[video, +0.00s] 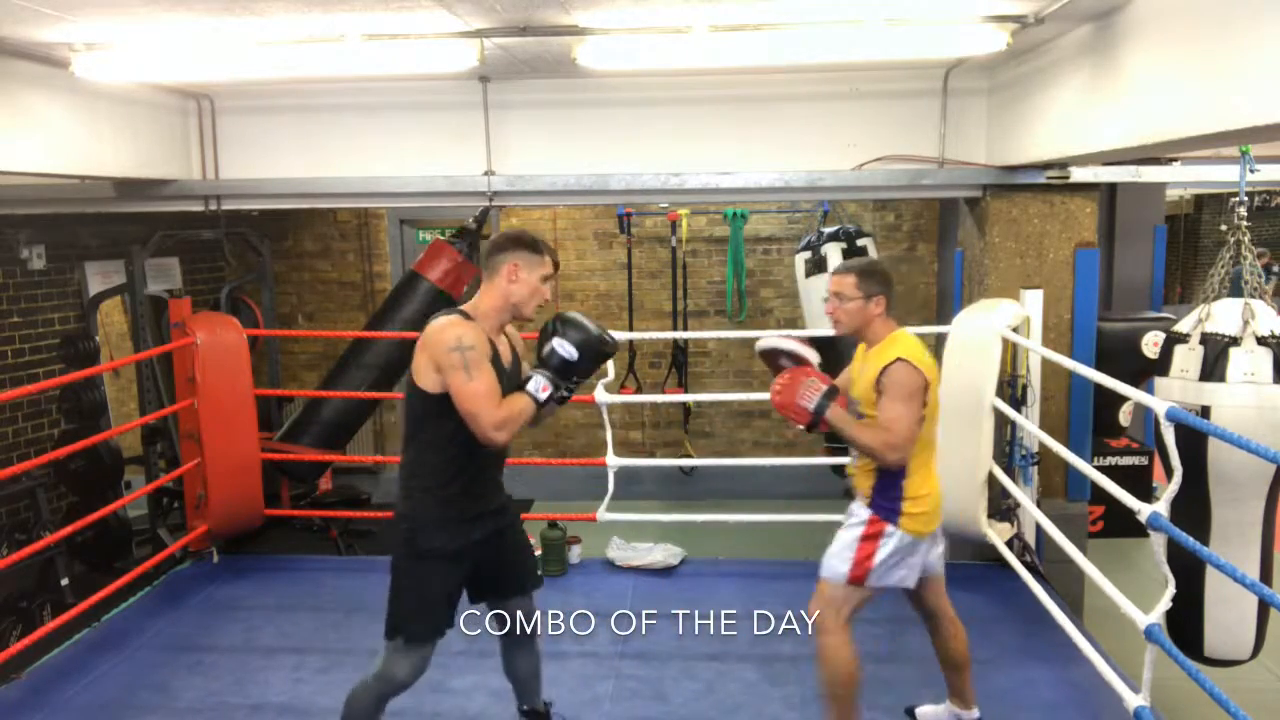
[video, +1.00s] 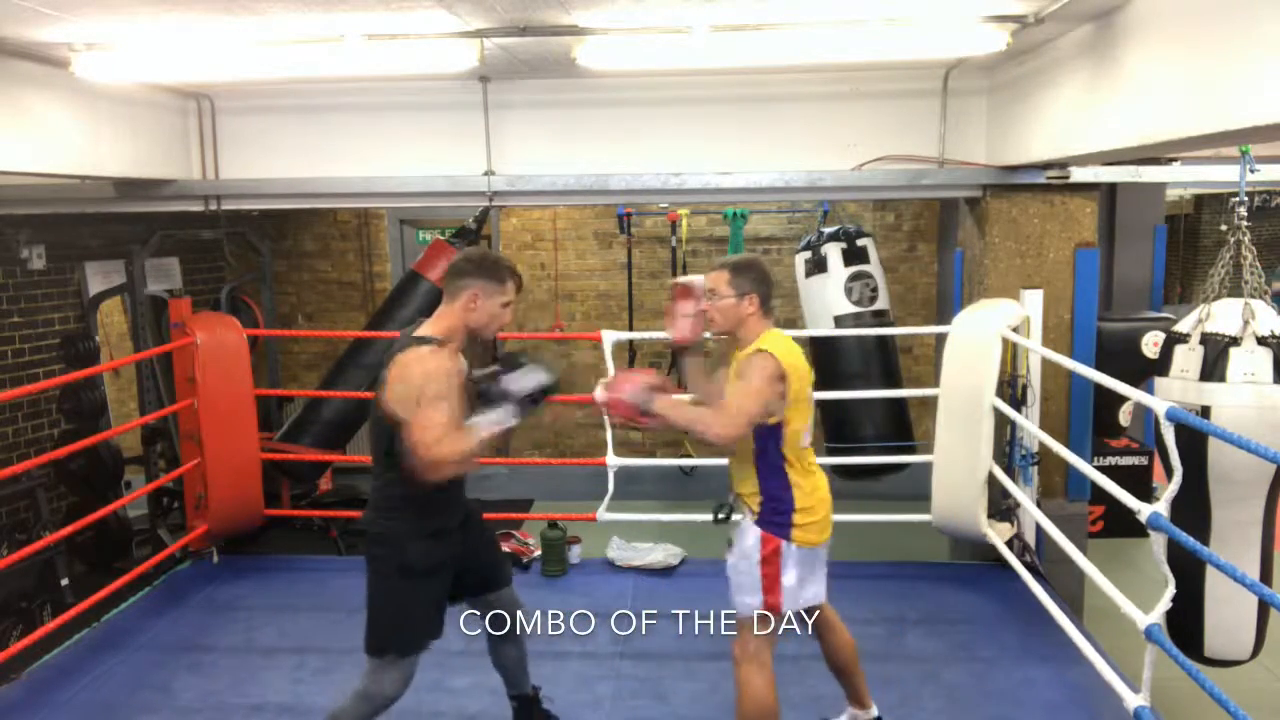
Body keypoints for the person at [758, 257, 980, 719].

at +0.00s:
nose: (830, 309)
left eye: (840, 300)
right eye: (830, 299)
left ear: (875, 305)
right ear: (871, 306)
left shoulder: (902, 363)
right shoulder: (871, 352)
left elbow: (892, 448)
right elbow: (842, 401)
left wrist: (825, 408)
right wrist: (809, 390)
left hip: (888, 514)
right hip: (913, 510)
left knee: (828, 615)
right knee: (936, 609)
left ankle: (843, 714)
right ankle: (964, 707)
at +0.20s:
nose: (780, 311)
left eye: (790, 302)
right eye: (781, 300)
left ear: (825, 310)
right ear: (827, 312)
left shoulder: (829, 365)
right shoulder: (862, 352)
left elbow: (807, 432)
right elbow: (832, 422)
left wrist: (755, 391)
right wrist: (782, 387)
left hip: (834, 526)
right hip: (874, 515)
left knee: (789, 643)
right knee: (904, 610)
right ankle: (954, 702)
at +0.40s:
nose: (741, 298)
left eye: (752, 290)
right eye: (744, 288)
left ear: (787, 299)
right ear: (791, 301)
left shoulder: (787, 350)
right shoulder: (818, 343)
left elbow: (739, 397)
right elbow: (737, 368)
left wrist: (655, 374)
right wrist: (702, 337)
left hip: (800, 517)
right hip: (840, 505)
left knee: (771, 642)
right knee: (857, 610)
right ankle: (906, 708)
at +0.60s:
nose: (712, 301)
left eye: (722, 293)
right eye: (715, 291)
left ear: (758, 302)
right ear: (763, 303)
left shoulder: (743, 357)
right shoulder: (811, 345)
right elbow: (782, 383)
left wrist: (599, 385)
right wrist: (731, 359)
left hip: (780, 522)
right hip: (831, 507)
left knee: (754, 653)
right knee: (837, 609)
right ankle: (880, 712)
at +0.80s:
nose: (708, 304)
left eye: (717, 295)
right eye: (709, 294)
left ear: (753, 300)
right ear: (758, 302)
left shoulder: (752, 357)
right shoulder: (798, 344)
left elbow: (718, 419)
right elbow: (768, 400)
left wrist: (640, 409)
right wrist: (722, 356)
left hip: (768, 523)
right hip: (817, 511)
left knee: (748, 652)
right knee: (830, 618)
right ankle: (861, 715)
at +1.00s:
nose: (705, 306)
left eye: (714, 296)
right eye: (705, 296)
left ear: (749, 303)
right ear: (748, 305)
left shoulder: (765, 358)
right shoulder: (767, 347)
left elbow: (726, 429)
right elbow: (711, 405)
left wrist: (652, 402)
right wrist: (688, 350)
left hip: (775, 519)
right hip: (801, 510)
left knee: (751, 652)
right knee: (815, 610)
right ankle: (863, 708)